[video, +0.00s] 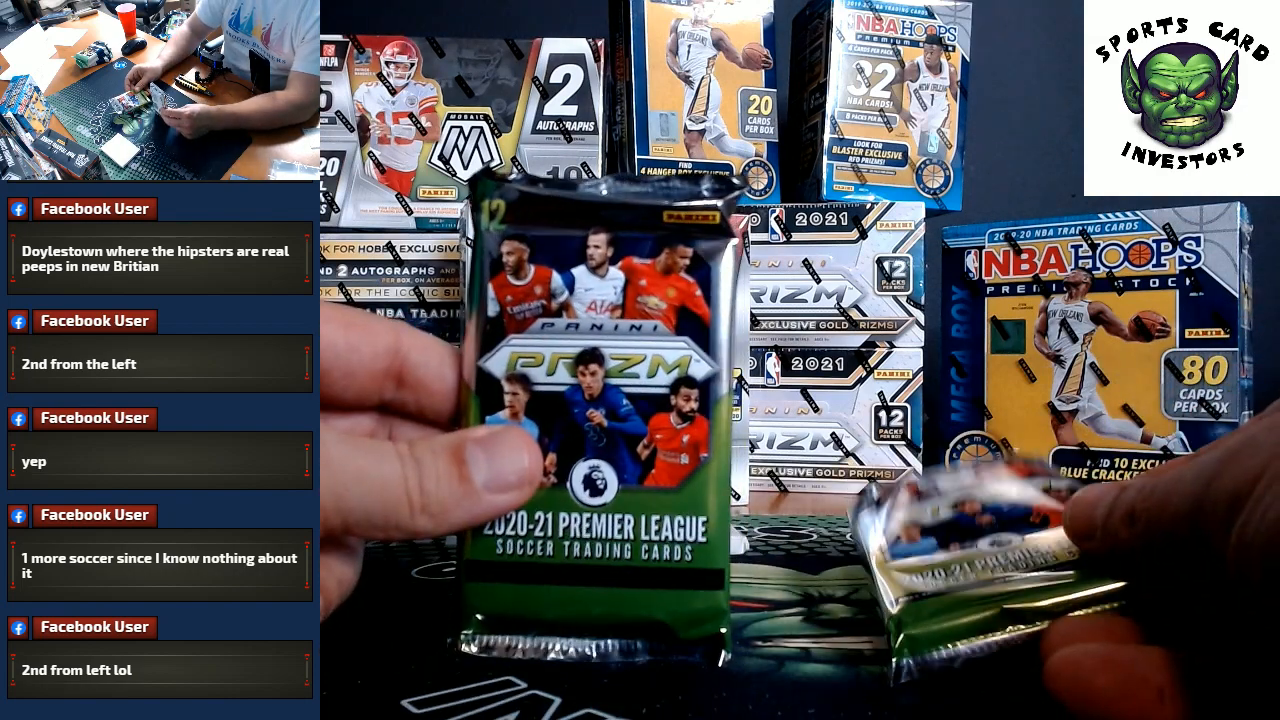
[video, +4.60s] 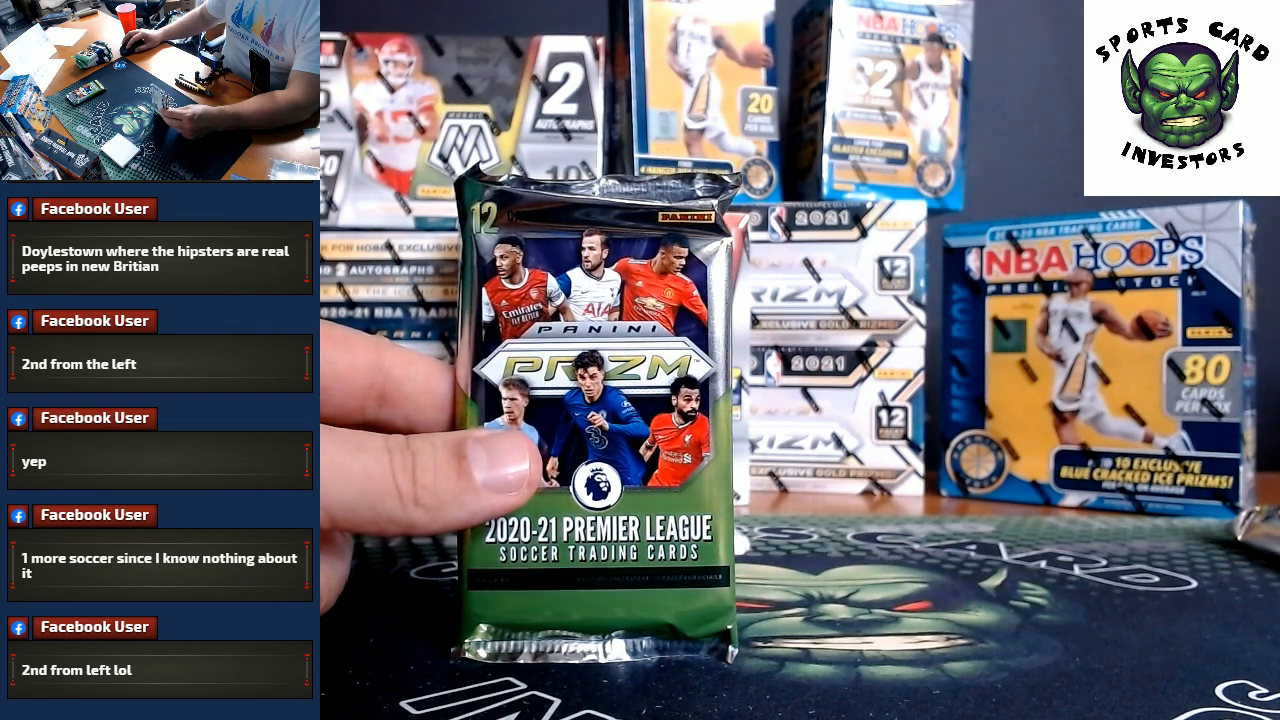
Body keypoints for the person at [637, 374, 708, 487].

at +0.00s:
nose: (692, 406)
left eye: (696, 400)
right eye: (686, 400)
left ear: (699, 401)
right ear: (673, 400)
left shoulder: (702, 427)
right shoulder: (657, 422)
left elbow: (705, 461)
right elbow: (647, 444)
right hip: (655, 486)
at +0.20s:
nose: (690, 407)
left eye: (694, 401)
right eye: (684, 401)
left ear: (697, 402)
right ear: (670, 401)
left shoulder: (699, 427)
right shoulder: (654, 423)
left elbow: (703, 461)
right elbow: (644, 446)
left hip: (682, 491)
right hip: (653, 487)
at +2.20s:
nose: (698, 409)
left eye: (702, 403)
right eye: (692, 403)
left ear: (705, 403)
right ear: (678, 403)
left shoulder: (709, 430)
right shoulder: (663, 425)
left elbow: (714, 467)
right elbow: (652, 449)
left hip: (691, 495)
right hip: (661, 490)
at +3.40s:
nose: (696, 408)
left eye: (699, 402)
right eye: (689, 402)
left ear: (701, 402)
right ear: (675, 403)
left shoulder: (706, 429)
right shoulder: (660, 425)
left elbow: (711, 466)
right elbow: (650, 449)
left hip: (689, 494)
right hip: (659, 490)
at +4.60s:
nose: (694, 405)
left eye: (697, 400)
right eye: (687, 400)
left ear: (700, 400)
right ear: (674, 400)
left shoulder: (704, 426)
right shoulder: (659, 422)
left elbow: (709, 461)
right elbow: (648, 446)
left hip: (687, 491)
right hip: (658, 487)